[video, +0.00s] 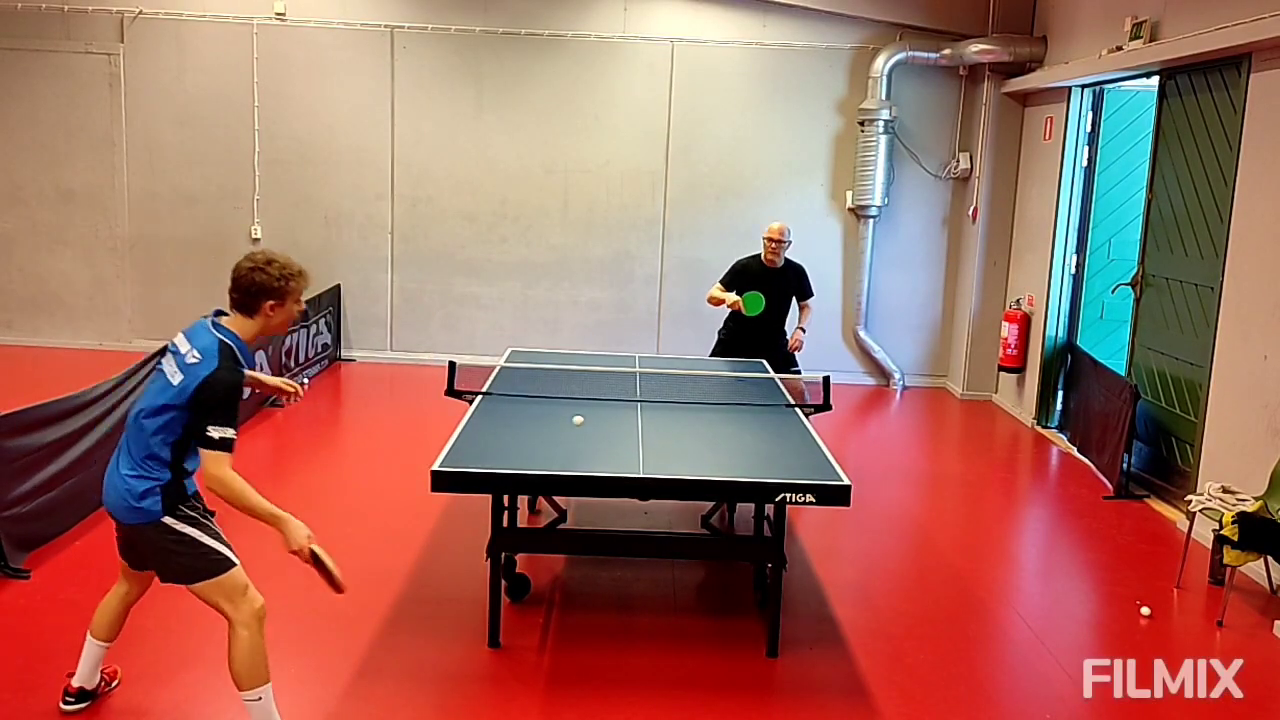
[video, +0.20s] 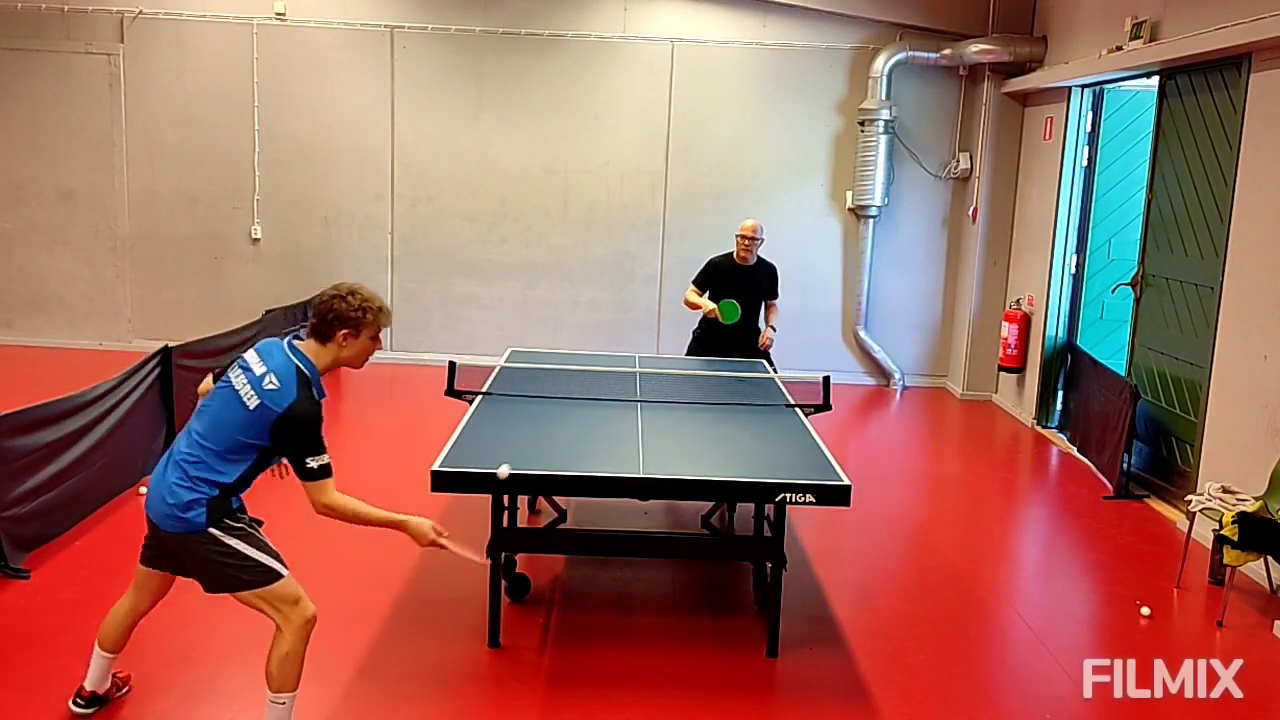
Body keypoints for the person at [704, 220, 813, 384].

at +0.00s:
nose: (773, 246)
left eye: (779, 242)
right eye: (769, 240)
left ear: (788, 245)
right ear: (763, 240)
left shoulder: (796, 272)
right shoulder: (744, 266)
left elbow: (805, 307)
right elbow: (712, 296)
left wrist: (800, 330)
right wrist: (727, 297)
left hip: (773, 343)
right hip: (735, 340)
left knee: (798, 393)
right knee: (708, 385)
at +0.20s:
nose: (746, 243)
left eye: (752, 239)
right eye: (743, 238)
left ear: (761, 243)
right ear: (736, 238)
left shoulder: (768, 271)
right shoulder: (717, 265)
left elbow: (771, 306)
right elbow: (689, 296)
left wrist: (770, 328)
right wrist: (704, 303)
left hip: (746, 343)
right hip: (710, 341)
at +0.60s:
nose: (737, 247)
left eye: (742, 244)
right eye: (733, 242)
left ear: (751, 245)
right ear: (726, 241)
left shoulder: (759, 270)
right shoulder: (708, 265)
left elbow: (766, 305)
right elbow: (681, 296)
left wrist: (760, 325)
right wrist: (690, 307)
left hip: (740, 339)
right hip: (704, 338)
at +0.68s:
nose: (739, 255)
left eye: (745, 251)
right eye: (735, 249)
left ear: (753, 252)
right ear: (727, 247)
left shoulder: (760, 274)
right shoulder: (709, 271)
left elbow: (767, 309)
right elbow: (685, 305)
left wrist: (763, 329)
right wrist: (697, 322)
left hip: (742, 343)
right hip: (705, 340)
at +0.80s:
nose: (747, 272)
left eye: (752, 268)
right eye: (742, 266)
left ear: (760, 267)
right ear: (735, 262)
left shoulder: (765, 283)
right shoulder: (716, 283)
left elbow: (769, 316)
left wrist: (769, 337)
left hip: (744, 340)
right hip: (712, 338)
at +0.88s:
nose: (752, 278)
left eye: (757, 273)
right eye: (747, 271)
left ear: (765, 271)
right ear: (739, 267)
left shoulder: (768, 285)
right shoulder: (720, 288)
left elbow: (770, 316)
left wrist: (772, 337)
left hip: (745, 339)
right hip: (714, 339)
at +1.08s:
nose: (762, 262)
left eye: (768, 258)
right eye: (758, 256)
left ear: (774, 257)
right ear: (749, 251)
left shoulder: (775, 274)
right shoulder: (730, 271)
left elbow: (779, 304)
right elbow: (701, 296)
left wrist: (784, 321)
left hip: (757, 339)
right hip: (721, 337)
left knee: (779, 380)